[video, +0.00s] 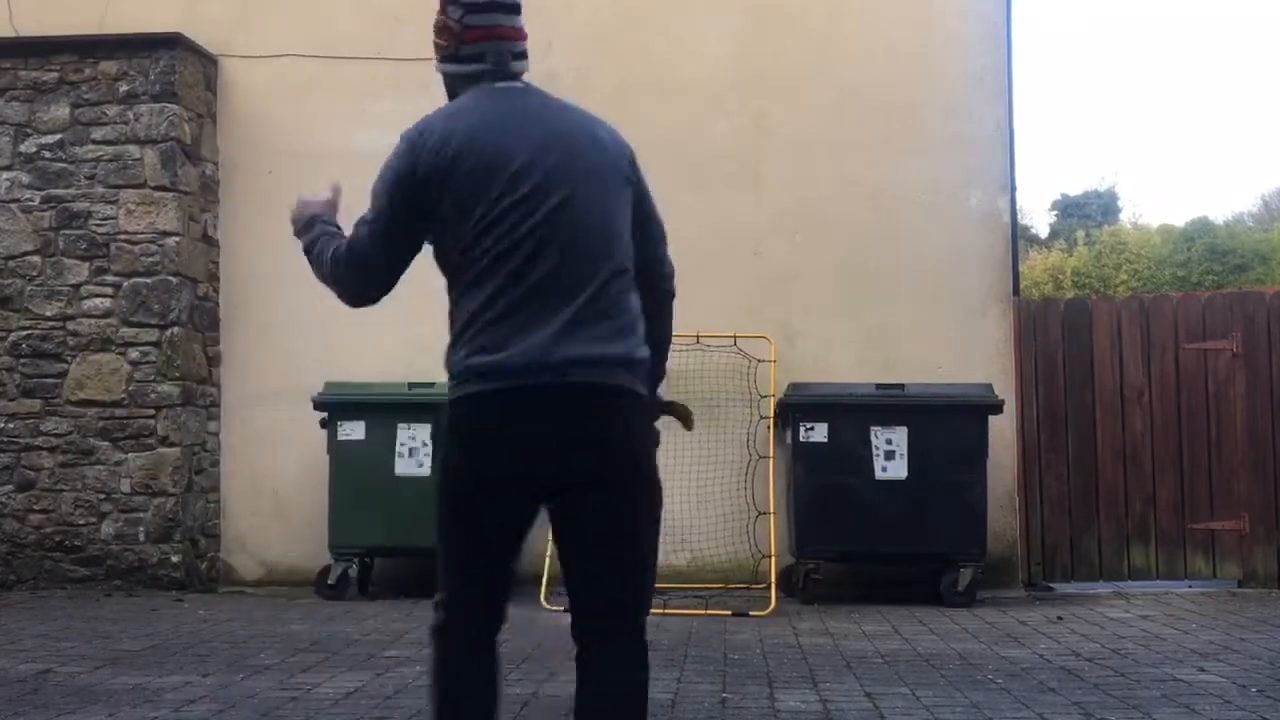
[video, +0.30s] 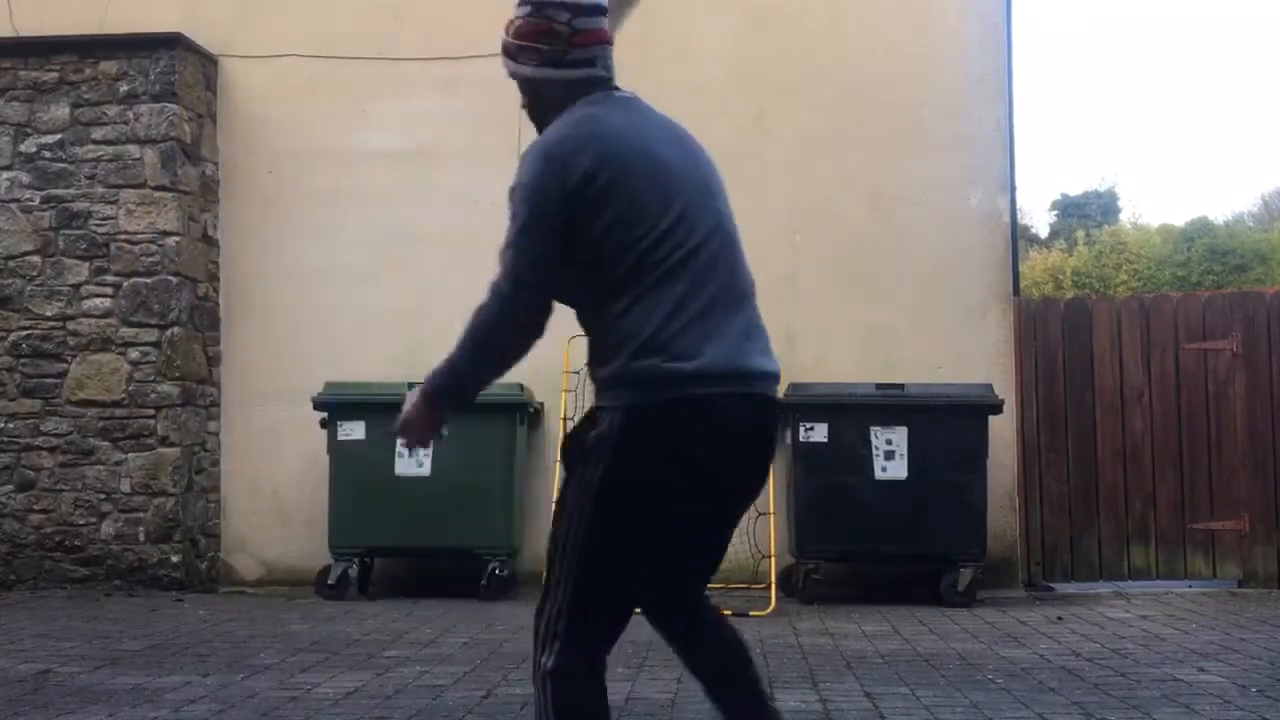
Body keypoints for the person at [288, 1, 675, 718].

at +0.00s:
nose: (440, 75)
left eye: (440, 62)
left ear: (446, 63)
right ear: (522, 58)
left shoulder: (435, 140)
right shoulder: (603, 138)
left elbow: (361, 278)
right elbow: (656, 276)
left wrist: (317, 228)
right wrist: (642, 385)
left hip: (493, 414)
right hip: (611, 412)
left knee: (468, 618)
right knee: (613, 633)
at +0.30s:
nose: (520, 97)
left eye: (521, 80)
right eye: (518, 80)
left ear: (539, 74)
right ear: (601, 64)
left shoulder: (557, 154)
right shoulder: (667, 133)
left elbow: (516, 308)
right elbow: (668, 283)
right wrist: (613, 406)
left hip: (656, 411)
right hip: (747, 405)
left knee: (570, 637)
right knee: (674, 595)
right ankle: (759, 715)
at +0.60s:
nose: (615, 112)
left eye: (619, 90)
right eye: (613, 92)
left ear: (661, 86)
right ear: (683, 82)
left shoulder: (727, 153)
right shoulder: (730, 155)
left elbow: (678, 284)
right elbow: (667, 320)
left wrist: (571, 252)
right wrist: (585, 304)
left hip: (801, 421)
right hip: (850, 418)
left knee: (673, 613)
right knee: (806, 622)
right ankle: (887, 718)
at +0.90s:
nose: (632, 150)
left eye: (632, 131)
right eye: (626, 131)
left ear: (654, 121)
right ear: (698, 100)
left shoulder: (697, 198)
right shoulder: (766, 143)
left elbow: (709, 360)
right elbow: (736, 289)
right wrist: (627, 310)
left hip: (870, 417)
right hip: (931, 391)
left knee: (846, 649)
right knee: (881, 627)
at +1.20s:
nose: (609, 83)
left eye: (608, 72)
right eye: (615, 69)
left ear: (617, 80)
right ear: (693, 63)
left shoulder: (625, 189)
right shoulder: (784, 129)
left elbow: (665, 324)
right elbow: (814, 269)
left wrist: (717, 391)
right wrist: (714, 378)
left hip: (752, 425)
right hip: (852, 405)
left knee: (761, 650)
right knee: (790, 637)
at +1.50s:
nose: (572, 79)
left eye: (571, 68)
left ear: (577, 70)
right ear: (651, 60)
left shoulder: (574, 154)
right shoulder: (729, 134)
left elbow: (573, 299)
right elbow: (775, 265)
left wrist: (574, 386)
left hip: (679, 404)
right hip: (780, 394)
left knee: (592, 611)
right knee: (736, 601)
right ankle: (764, 713)